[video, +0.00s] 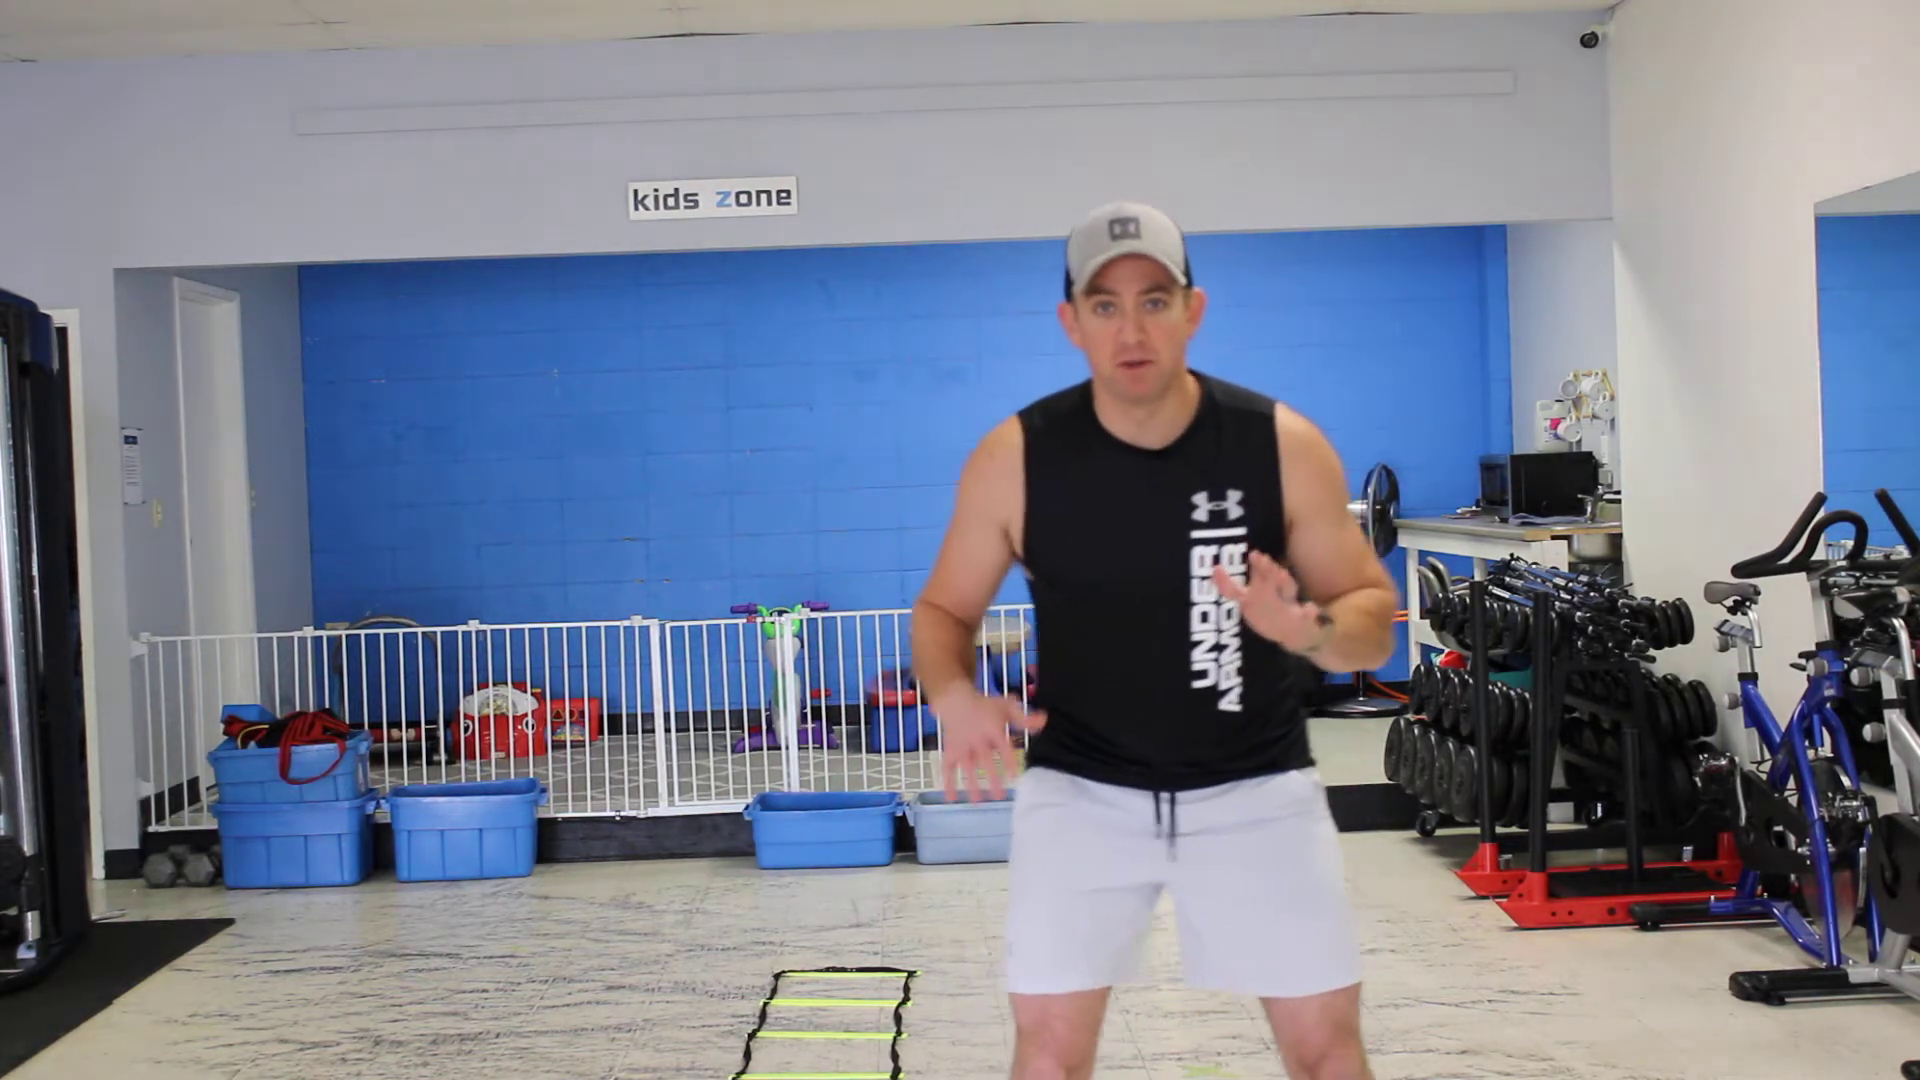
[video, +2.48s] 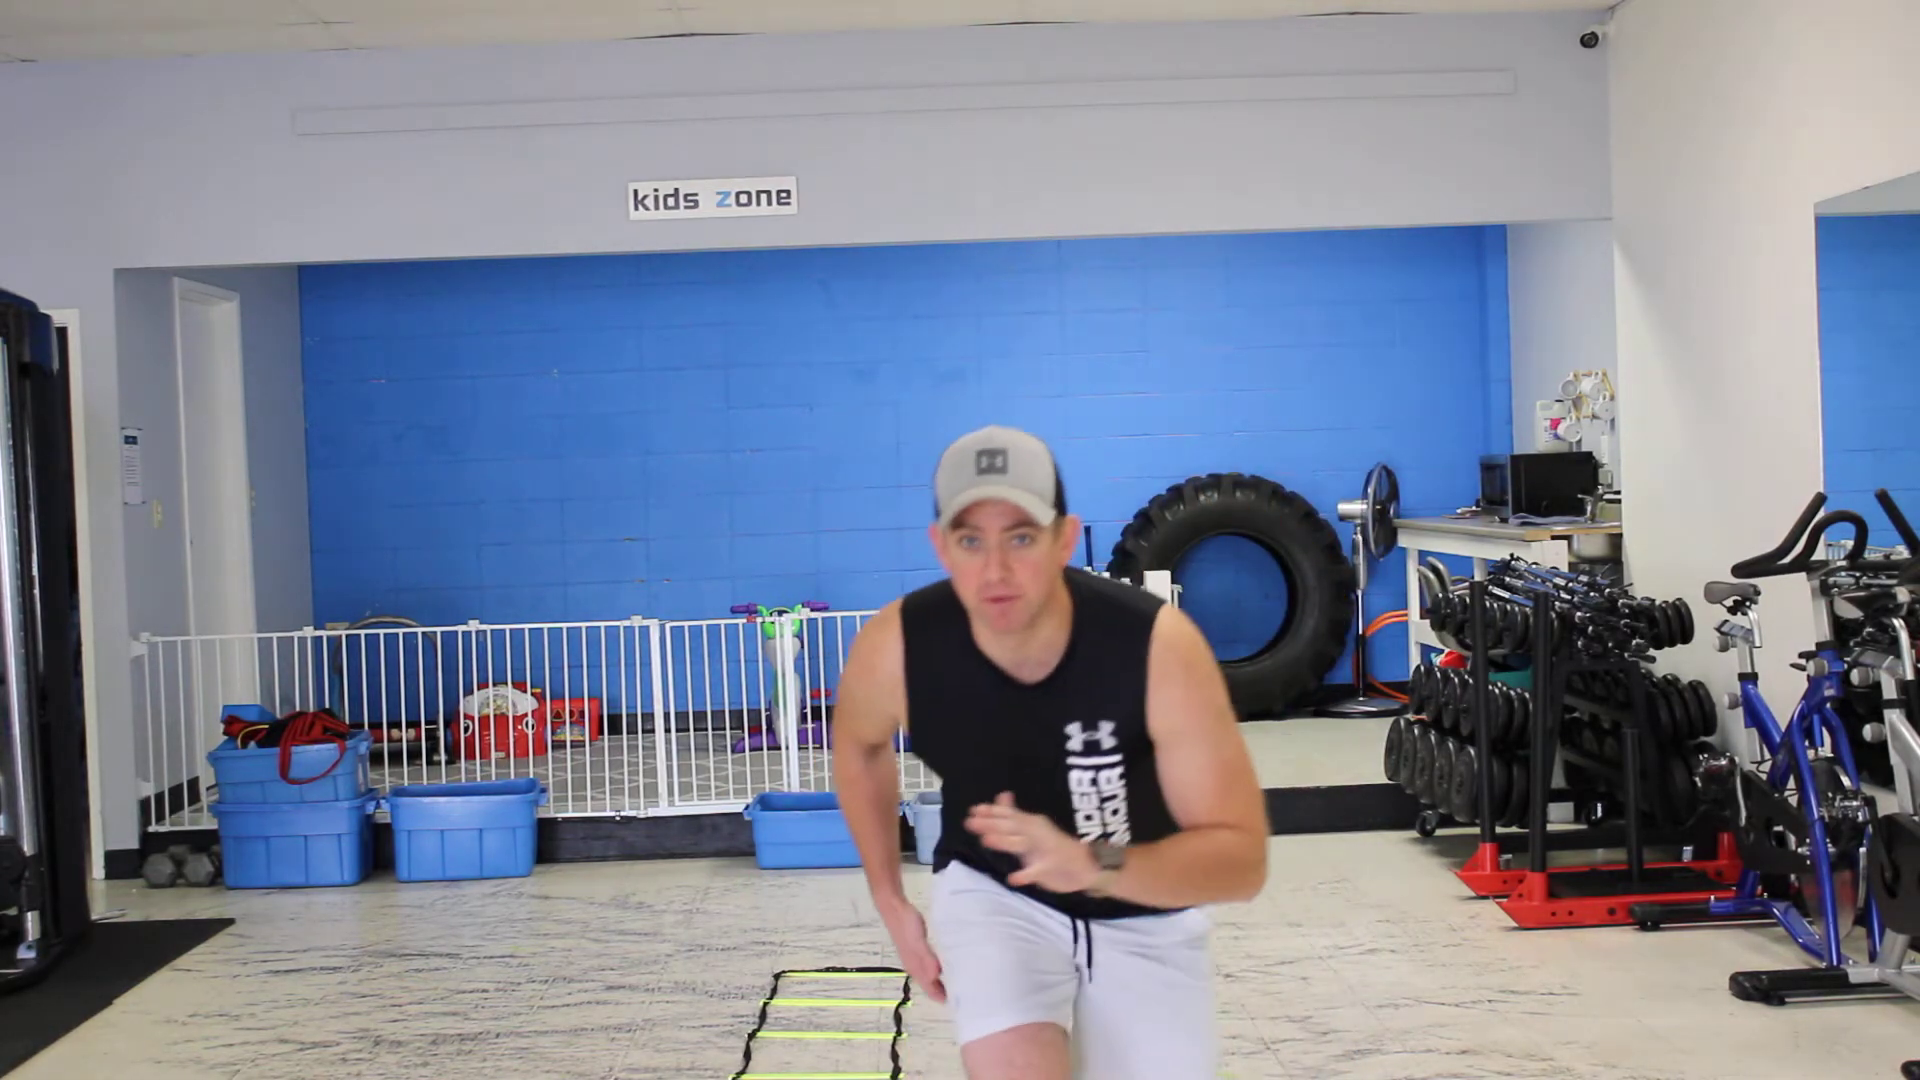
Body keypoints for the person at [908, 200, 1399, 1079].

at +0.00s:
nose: (1131, 332)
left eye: (1153, 303)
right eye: (1105, 307)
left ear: (1194, 310)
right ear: (1072, 324)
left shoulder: (1284, 447)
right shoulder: (1016, 459)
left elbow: (1376, 618)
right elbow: (944, 612)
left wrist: (1313, 632)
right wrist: (955, 694)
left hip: (1259, 799)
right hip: (1078, 804)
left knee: (1327, 1054)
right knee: (1049, 1058)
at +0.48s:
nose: (1083, 343)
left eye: (1106, 314)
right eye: (1057, 318)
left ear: (1145, 323)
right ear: (1024, 335)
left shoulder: (1238, 455)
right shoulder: (971, 469)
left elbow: (1322, 652)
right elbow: (927, 638)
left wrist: (1244, 630)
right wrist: (940, 797)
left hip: (1226, 800)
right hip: (1049, 809)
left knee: (1305, 1053)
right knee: (1036, 1061)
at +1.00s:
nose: (999, 438)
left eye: (1022, 409)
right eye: (973, 411)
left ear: (1062, 413)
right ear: (939, 419)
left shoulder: (1144, 532)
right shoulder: (878, 533)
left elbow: (1229, 743)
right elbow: (833, 647)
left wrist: (1142, 727)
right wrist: (876, 794)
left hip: (1142, 831)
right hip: (969, 838)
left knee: (1243, 1067)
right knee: (987, 1069)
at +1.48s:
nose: (947, 574)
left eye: (973, 542)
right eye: (922, 545)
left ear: (1016, 544)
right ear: (894, 551)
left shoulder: (1104, 650)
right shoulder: (848, 650)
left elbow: (1180, 876)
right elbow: (840, 743)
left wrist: (1055, 853)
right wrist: (878, 880)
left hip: (1108, 923)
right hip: (953, 899)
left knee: (1120, 1066)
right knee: (966, 1066)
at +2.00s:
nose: (950, 602)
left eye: (976, 571)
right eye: (926, 572)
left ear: (1018, 572)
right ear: (897, 579)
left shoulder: (1110, 673)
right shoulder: (852, 674)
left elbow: (1183, 896)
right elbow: (848, 755)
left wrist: (1052, 872)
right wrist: (883, 895)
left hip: (1112, 931)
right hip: (959, 902)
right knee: (957, 1066)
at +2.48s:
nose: (995, 569)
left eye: (1022, 538)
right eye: (970, 541)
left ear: (1066, 540)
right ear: (941, 547)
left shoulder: (1158, 643)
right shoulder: (898, 647)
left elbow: (1240, 857)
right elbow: (861, 747)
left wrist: (1096, 865)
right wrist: (891, 901)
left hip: (1153, 920)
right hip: (994, 901)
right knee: (1018, 1066)